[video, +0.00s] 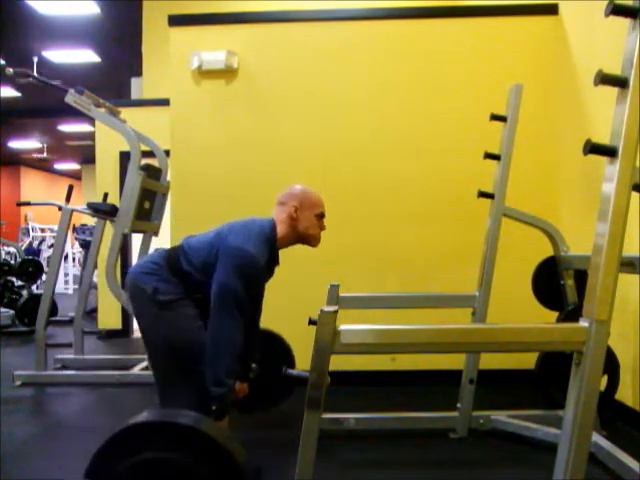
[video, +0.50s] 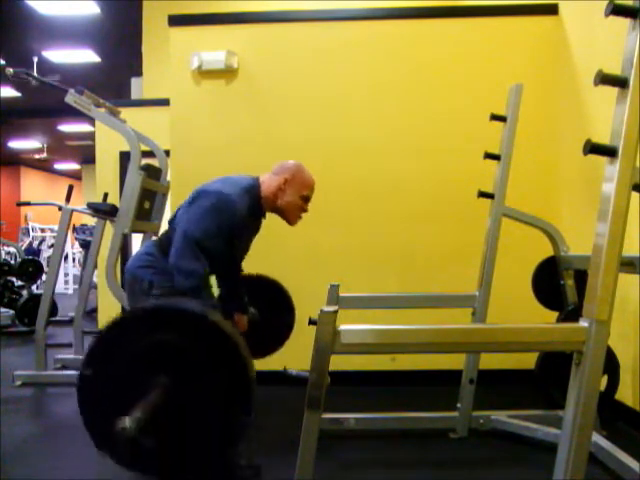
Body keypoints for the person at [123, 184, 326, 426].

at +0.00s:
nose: (323, 225)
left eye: (323, 218)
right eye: (318, 217)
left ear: (293, 214)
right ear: (294, 213)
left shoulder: (261, 248)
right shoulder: (246, 247)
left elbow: (247, 318)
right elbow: (227, 318)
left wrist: (240, 373)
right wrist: (221, 390)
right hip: (155, 285)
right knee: (188, 377)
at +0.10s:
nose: (322, 227)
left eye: (322, 220)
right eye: (317, 219)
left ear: (292, 215)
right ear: (292, 214)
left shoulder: (260, 250)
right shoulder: (244, 247)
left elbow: (247, 320)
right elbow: (225, 320)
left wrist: (243, 373)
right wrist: (223, 395)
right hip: (154, 285)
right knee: (188, 376)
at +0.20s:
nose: (319, 223)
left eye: (319, 215)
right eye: (314, 214)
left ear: (289, 210)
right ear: (290, 209)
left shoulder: (256, 243)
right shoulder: (241, 240)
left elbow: (245, 313)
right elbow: (221, 311)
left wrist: (244, 366)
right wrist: (223, 383)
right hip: (153, 284)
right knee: (185, 375)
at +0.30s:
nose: (315, 219)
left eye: (316, 211)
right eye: (311, 210)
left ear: (288, 202)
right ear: (287, 201)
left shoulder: (254, 233)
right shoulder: (237, 231)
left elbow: (242, 302)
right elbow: (211, 303)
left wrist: (245, 352)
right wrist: (225, 367)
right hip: (151, 284)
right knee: (181, 375)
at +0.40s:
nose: (311, 213)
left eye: (313, 206)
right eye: (309, 204)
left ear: (285, 194)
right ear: (286, 194)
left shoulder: (252, 220)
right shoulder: (231, 217)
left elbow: (235, 284)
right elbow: (199, 284)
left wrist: (241, 332)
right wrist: (216, 344)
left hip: (174, 281)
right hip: (151, 281)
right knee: (175, 362)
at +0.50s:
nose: (306, 208)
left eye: (308, 201)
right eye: (304, 199)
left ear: (282, 186)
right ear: (282, 186)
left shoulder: (251, 209)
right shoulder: (226, 200)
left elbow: (228, 267)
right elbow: (185, 264)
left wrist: (237, 310)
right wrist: (211, 318)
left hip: (176, 280)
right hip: (151, 281)